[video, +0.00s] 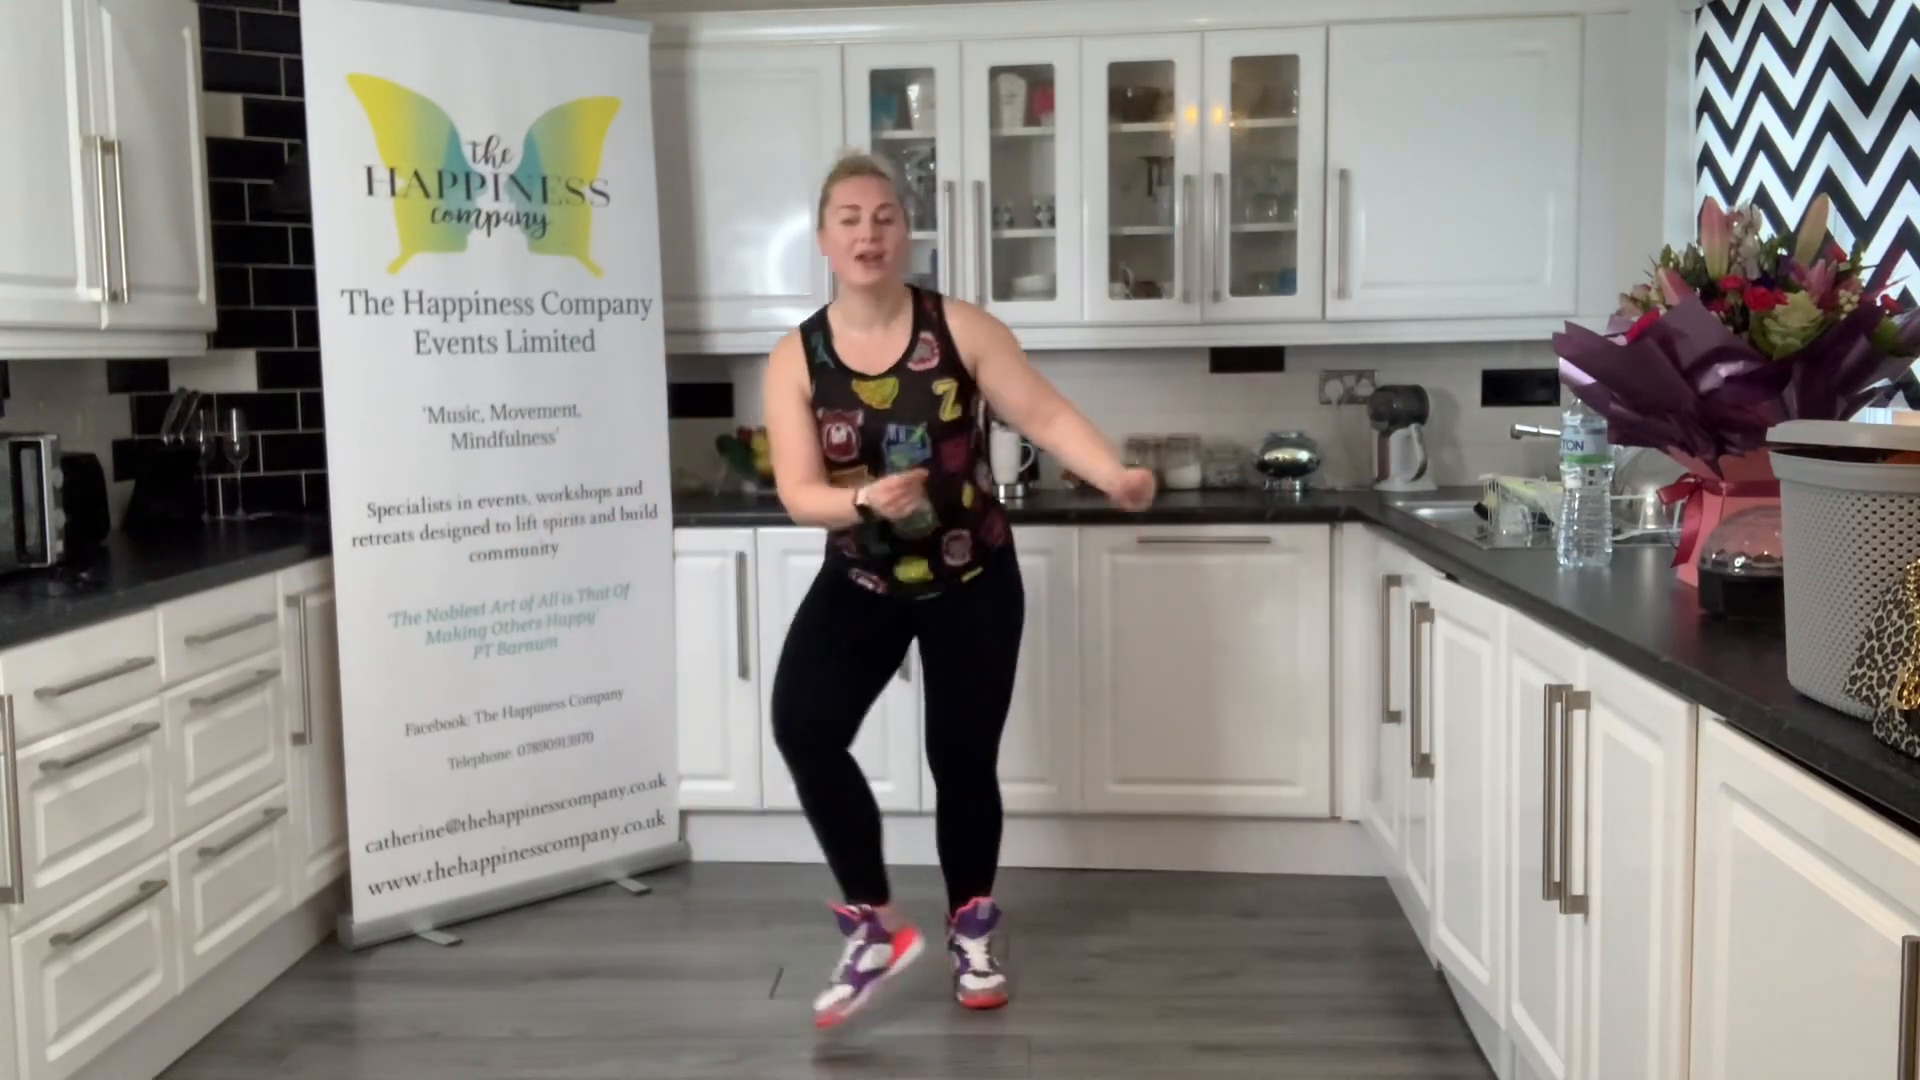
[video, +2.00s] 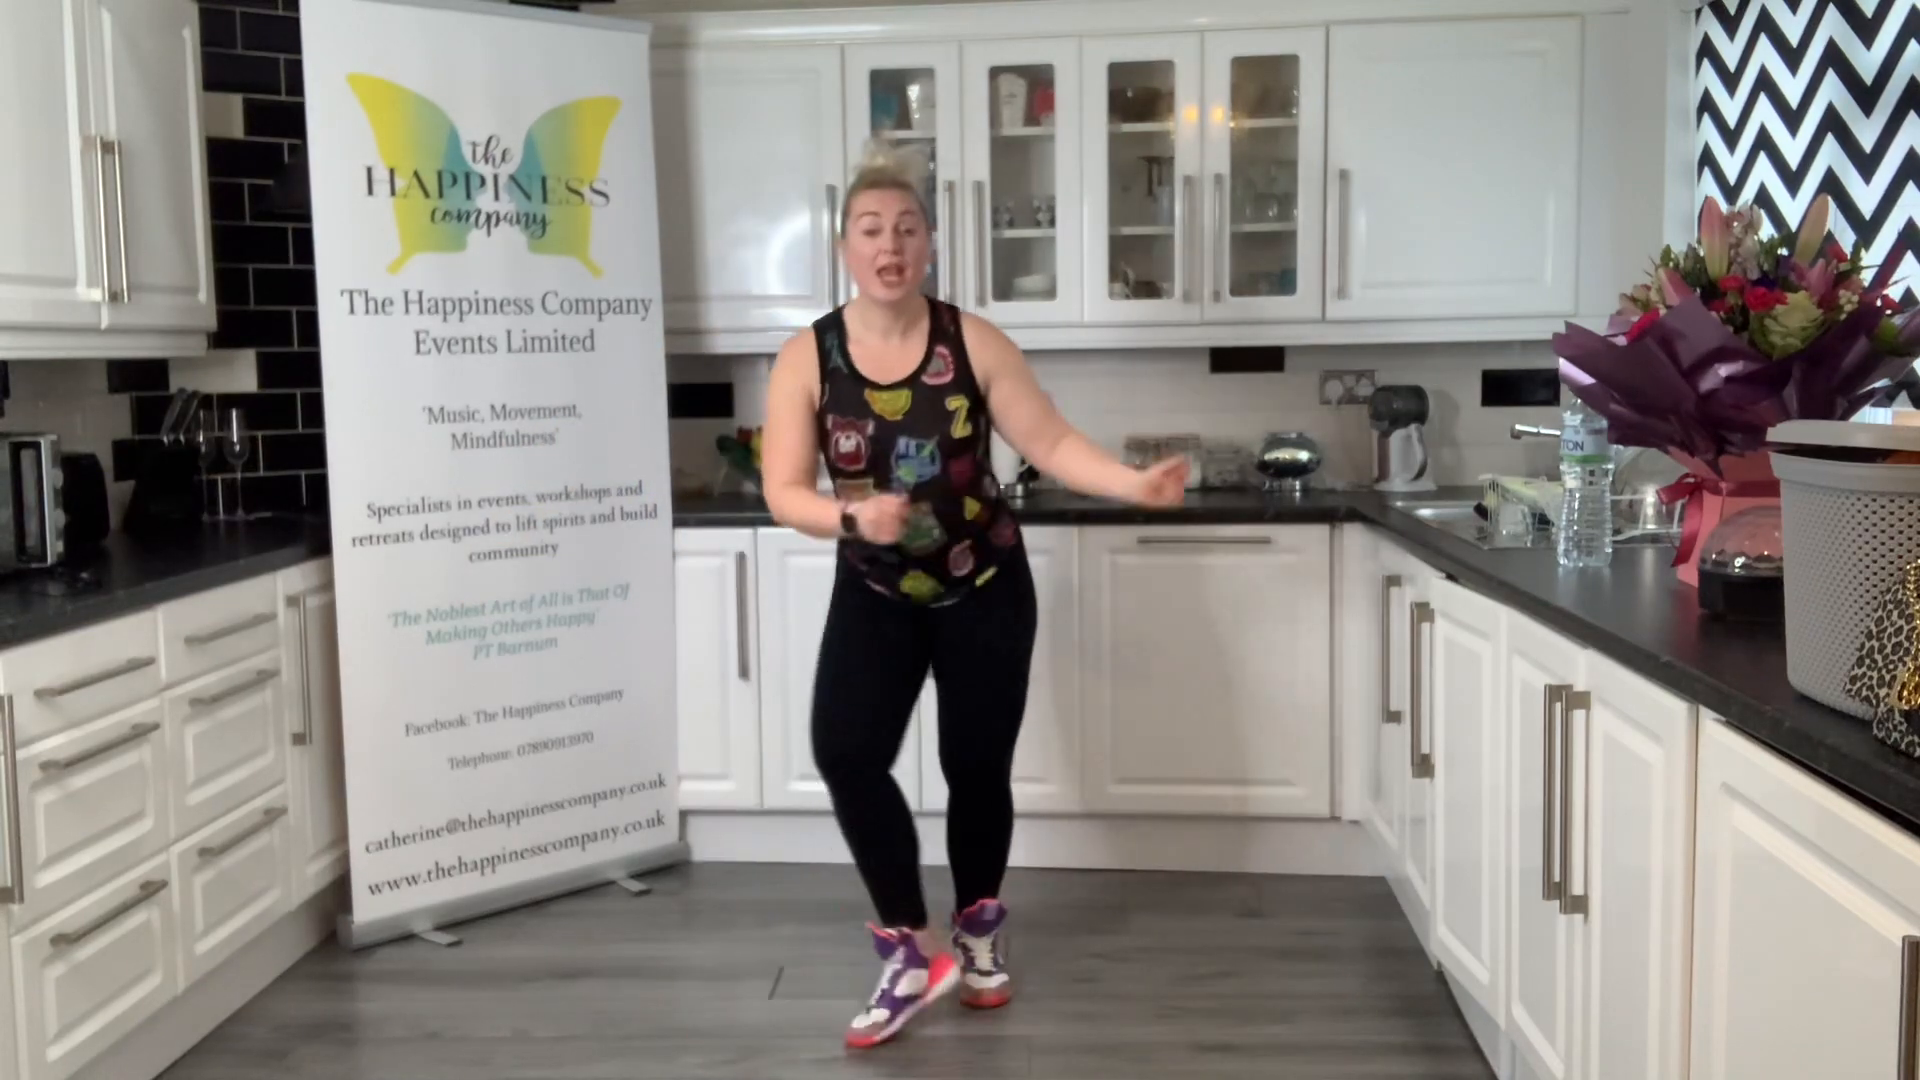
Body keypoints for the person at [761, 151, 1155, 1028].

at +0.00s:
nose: (868, 233)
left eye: (884, 217)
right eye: (849, 218)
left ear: (908, 232)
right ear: (821, 237)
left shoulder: (963, 328)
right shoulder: (795, 359)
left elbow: (1045, 414)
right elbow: (798, 496)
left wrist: (1113, 472)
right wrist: (862, 500)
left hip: (970, 577)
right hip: (862, 581)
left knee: (963, 756)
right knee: (803, 727)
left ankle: (973, 928)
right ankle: (873, 926)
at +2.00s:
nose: (890, 245)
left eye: (905, 227)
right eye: (870, 229)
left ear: (929, 243)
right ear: (844, 249)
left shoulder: (973, 342)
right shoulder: (807, 358)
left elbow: (1052, 442)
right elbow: (783, 493)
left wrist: (1133, 483)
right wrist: (850, 515)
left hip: (982, 586)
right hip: (876, 590)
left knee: (977, 765)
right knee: (847, 754)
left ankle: (979, 930)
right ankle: (906, 946)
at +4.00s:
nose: (867, 254)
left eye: (885, 234)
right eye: (848, 235)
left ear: (910, 237)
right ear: (822, 238)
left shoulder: (947, 329)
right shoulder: (788, 353)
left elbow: (1064, 384)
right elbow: (794, 495)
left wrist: (1088, 313)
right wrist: (901, 547)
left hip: (941, 585)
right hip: (830, 587)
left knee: (920, 755)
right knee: (814, 756)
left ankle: (925, 940)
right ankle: (773, 946)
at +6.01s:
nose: (965, 251)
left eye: (982, 231)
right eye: (945, 234)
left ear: (1007, 230)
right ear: (919, 240)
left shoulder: (1067, 307)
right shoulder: (899, 341)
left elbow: (1186, 335)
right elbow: (772, 424)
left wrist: (1274, 392)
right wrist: (721, 532)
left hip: (1032, 580)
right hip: (918, 583)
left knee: (1058, 775)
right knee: (899, 770)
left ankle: (1068, 952)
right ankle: (883, 930)